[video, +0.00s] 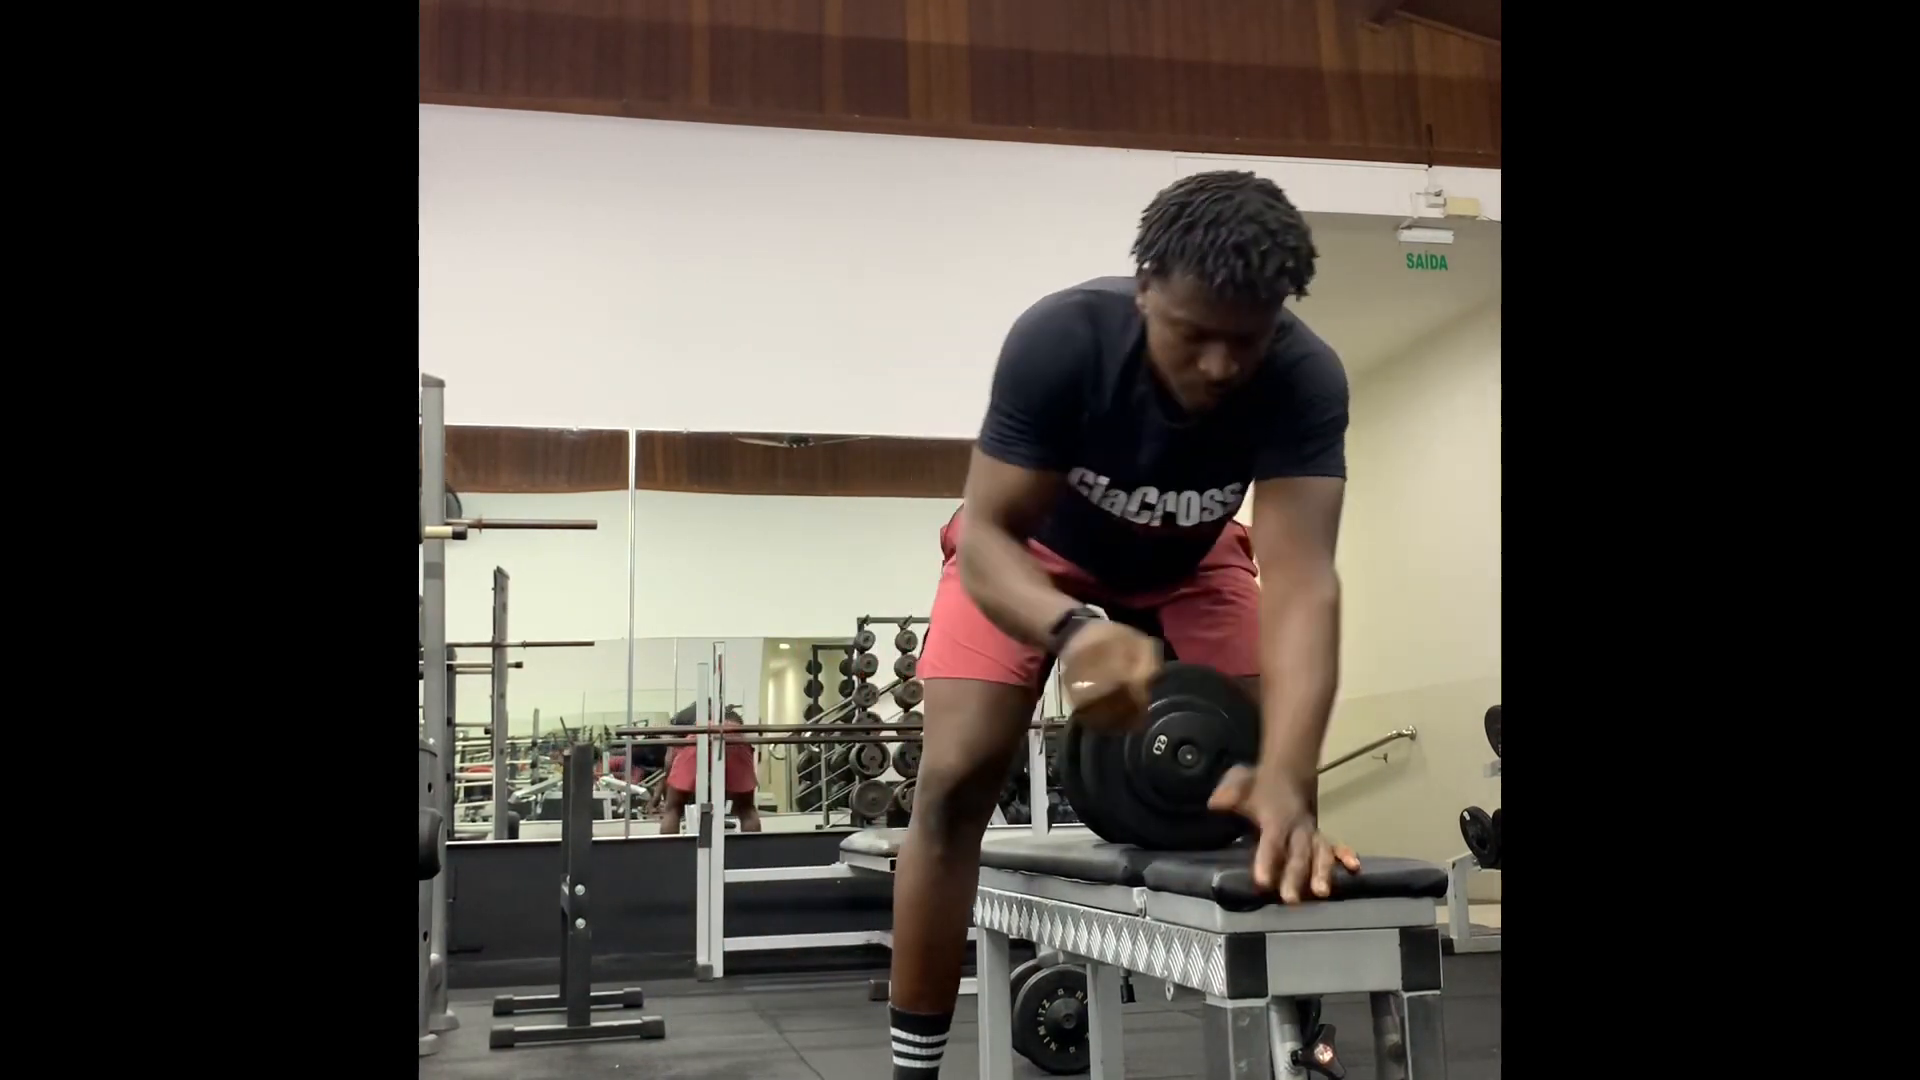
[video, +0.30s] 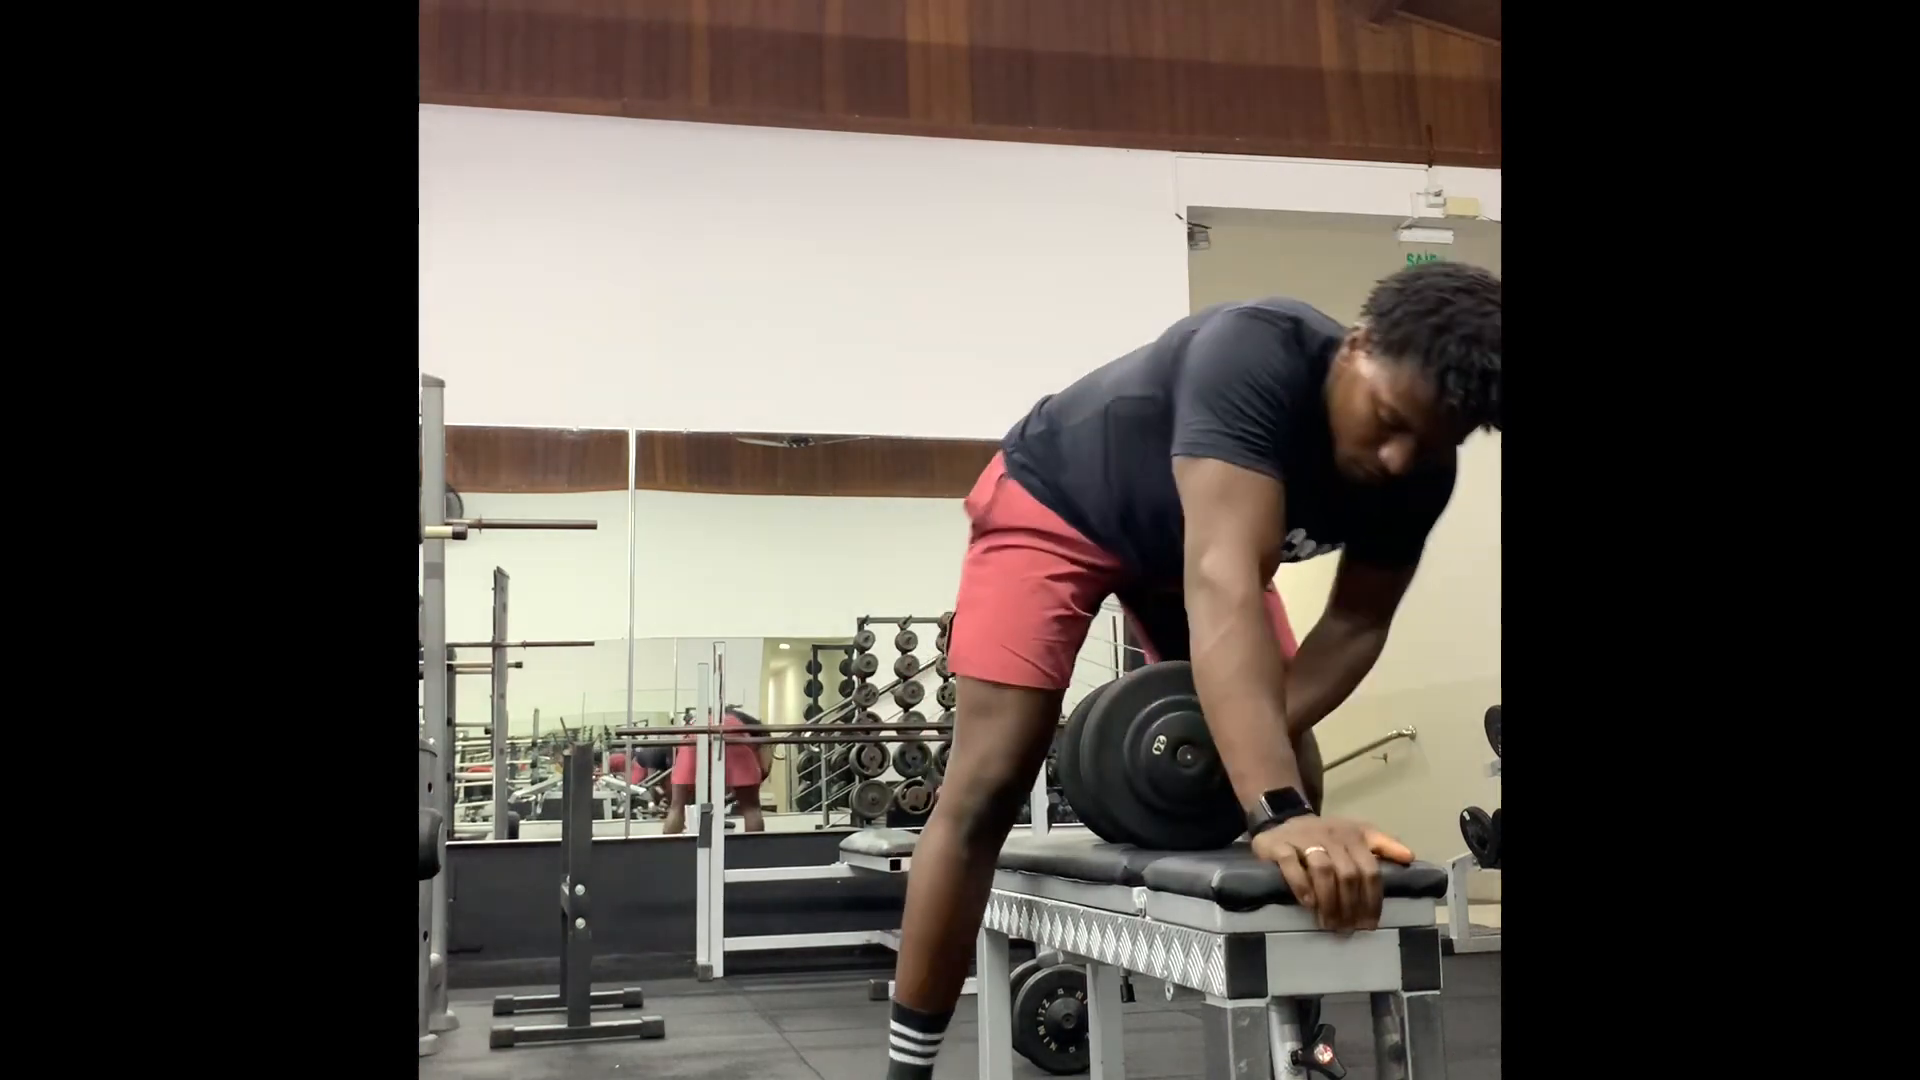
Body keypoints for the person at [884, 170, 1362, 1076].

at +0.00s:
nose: (1219, 365)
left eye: (1247, 340)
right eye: (1192, 336)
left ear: (1280, 310)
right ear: (1143, 289)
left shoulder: (1302, 379)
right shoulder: (1057, 344)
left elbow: (1304, 582)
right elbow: (984, 535)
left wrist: (1288, 769)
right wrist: (1064, 628)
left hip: (1194, 566)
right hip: (1035, 551)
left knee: (1280, 769)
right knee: (951, 782)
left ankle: (1302, 1045)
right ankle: (914, 1067)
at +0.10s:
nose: (1269, 361)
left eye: (1300, 337)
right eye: (1246, 327)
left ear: (1329, 315)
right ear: (1194, 281)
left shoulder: (1331, 377)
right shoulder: (1107, 345)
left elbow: (1370, 561)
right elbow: (1097, 566)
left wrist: (1402, 700)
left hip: (1186, 545)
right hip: (1023, 527)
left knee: (1267, 766)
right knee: (960, 774)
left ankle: (1297, 1045)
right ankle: (912, 1066)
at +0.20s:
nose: (1333, 412)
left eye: (1362, 389)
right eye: (1315, 376)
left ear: (1388, 374)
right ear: (1266, 321)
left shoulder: (1369, 414)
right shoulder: (1169, 370)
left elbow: (1357, 567)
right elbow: (1185, 606)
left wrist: (1355, 722)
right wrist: (1277, 813)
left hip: (1164, 542)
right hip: (1017, 512)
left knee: (1262, 774)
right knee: (968, 784)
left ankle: (1292, 1034)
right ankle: (912, 1067)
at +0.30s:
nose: (1401, 460)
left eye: (1431, 445)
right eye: (1390, 422)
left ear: (1459, 432)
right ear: (1356, 351)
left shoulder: (1426, 461)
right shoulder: (1248, 354)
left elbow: (1360, 619)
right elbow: (1223, 590)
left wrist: (1253, 734)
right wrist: (1278, 811)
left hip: (1203, 549)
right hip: (1056, 508)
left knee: (1295, 779)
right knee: (985, 785)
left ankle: (1298, 1044)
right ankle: (906, 1062)